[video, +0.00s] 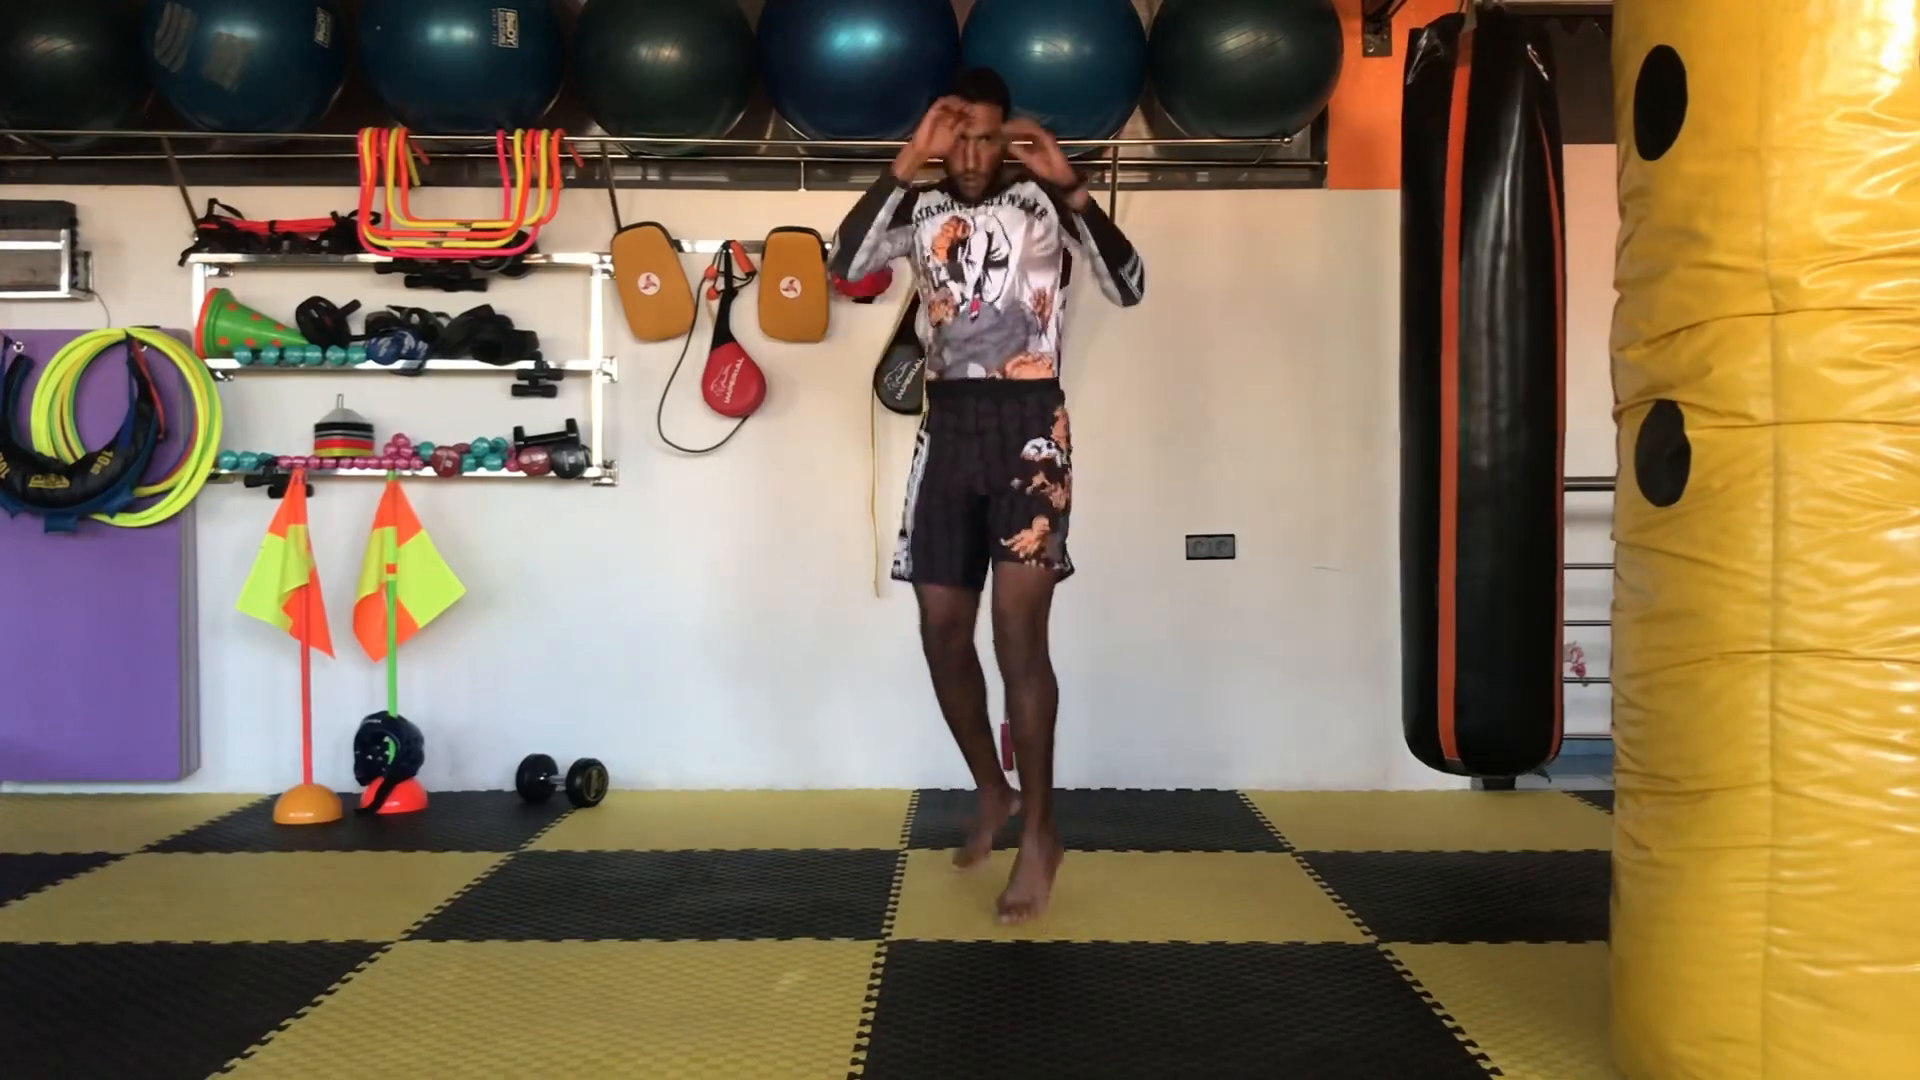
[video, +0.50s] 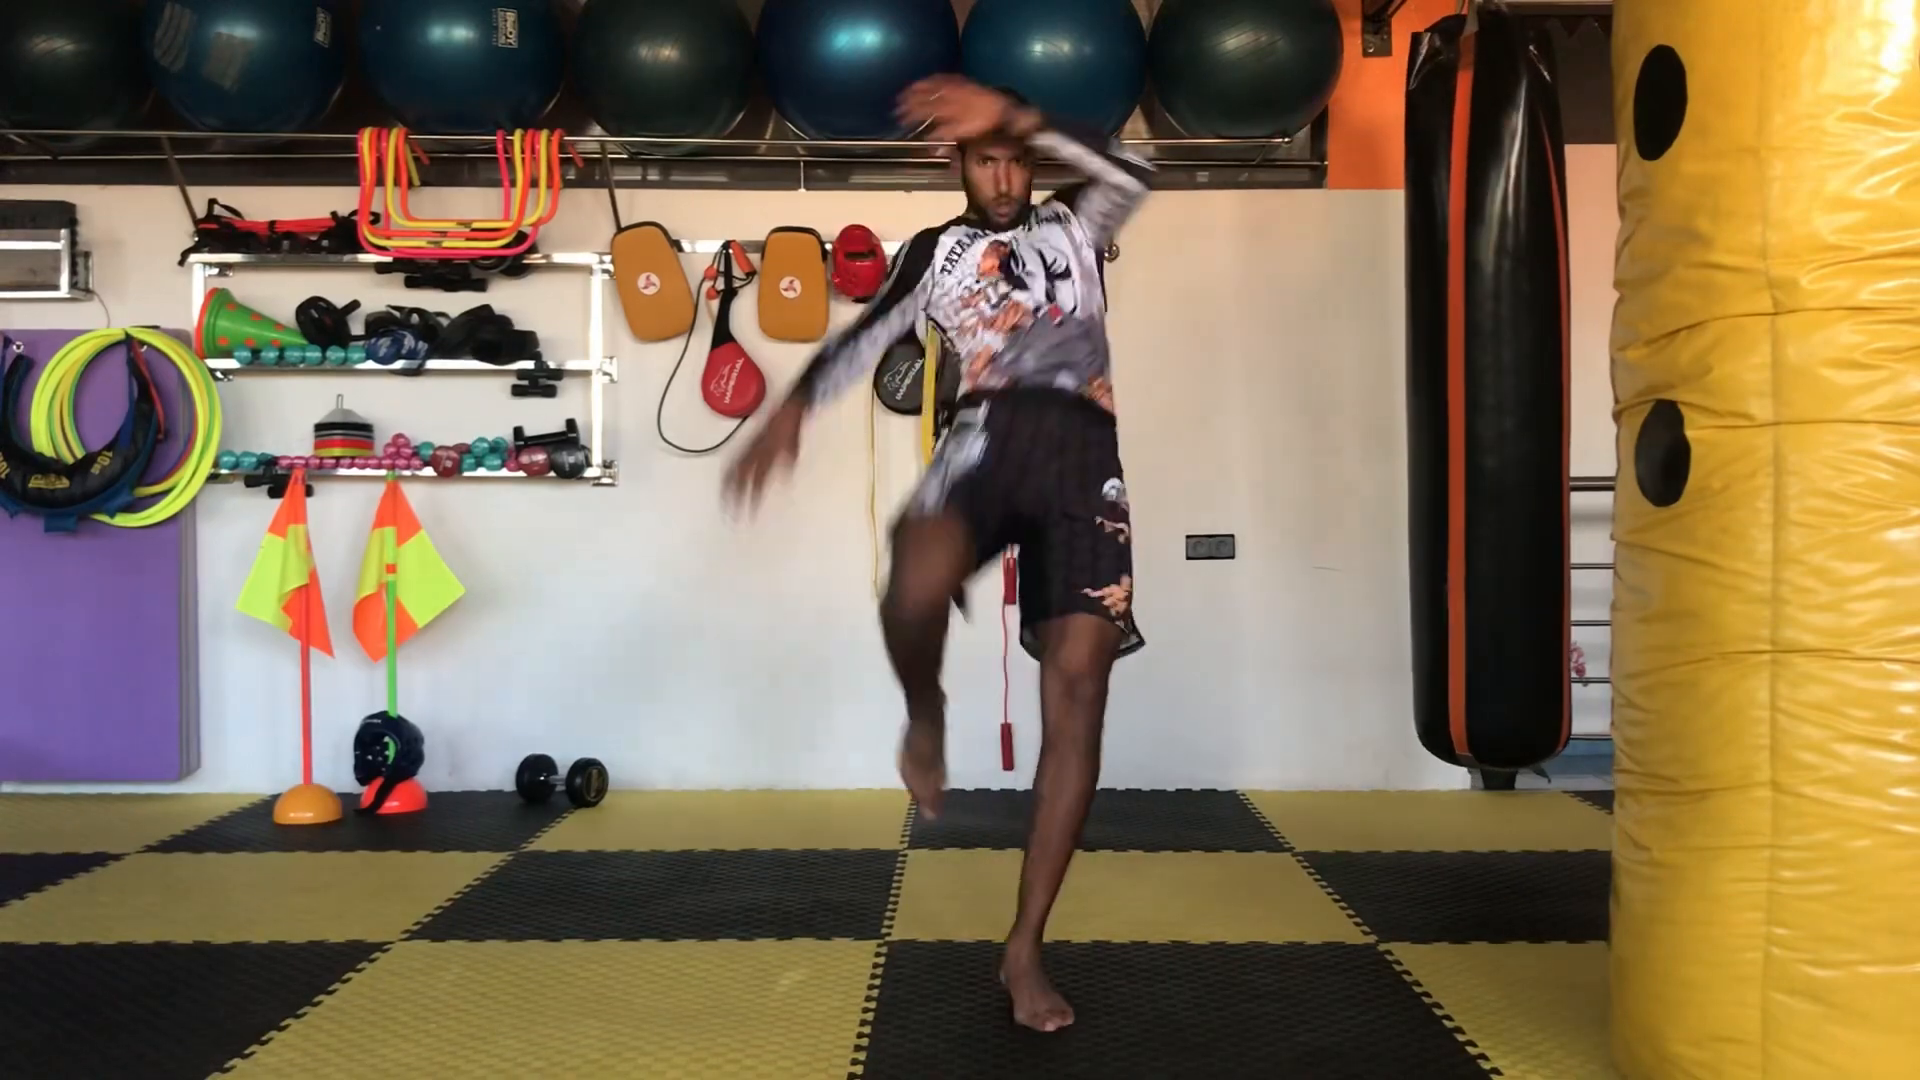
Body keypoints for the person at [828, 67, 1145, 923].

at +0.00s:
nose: (970, 147)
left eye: (986, 132)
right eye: (959, 130)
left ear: (1013, 140)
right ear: (939, 138)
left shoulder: (1048, 209)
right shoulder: (922, 215)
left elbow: (1128, 287)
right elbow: (849, 269)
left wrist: (1071, 189)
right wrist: (904, 169)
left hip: (1030, 432)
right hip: (948, 433)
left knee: (1017, 634)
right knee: (943, 633)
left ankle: (1039, 830)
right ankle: (993, 791)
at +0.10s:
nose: (974, 164)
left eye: (988, 148)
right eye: (961, 151)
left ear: (1011, 154)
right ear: (942, 161)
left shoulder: (1049, 222)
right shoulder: (919, 225)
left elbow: (1134, 327)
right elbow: (848, 269)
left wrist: (1103, 238)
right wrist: (911, 172)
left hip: (1036, 449)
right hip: (952, 452)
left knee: (1032, 657)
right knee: (965, 661)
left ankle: (1034, 868)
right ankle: (1007, 822)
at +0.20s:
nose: (982, 219)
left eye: (996, 203)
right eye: (967, 204)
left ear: (1017, 207)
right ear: (947, 208)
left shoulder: (1053, 275)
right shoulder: (917, 277)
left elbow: (1153, 364)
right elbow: (852, 261)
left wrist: (1159, 295)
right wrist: (947, 173)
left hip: (1040, 499)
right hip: (954, 503)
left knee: (1043, 690)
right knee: (976, 696)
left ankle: (1045, 910)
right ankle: (1020, 842)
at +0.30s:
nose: (989, 220)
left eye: (1003, 204)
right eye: (975, 204)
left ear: (1024, 208)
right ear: (954, 208)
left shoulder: (1066, 283)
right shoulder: (923, 282)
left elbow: (1185, 323)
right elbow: (866, 235)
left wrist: (1195, 235)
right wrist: (965, 153)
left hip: (1047, 511)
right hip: (955, 515)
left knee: (1055, 706)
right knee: (970, 732)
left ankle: (1047, 941)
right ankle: (1014, 820)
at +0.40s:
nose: (998, 193)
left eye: (1013, 175)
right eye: (983, 177)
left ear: (1034, 178)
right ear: (962, 182)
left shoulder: (1081, 258)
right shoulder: (932, 267)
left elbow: (1187, 240)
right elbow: (851, 275)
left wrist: (1139, 136)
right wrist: (902, 195)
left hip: (1065, 490)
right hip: (967, 494)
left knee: (1069, 703)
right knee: (930, 740)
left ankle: (1044, 948)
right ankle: (969, 774)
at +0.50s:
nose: (997, 172)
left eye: (1009, 157)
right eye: (980, 157)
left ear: (1032, 165)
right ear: (957, 169)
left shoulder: (1077, 233)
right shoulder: (936, 252)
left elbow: (1126, 177)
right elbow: (865, 339)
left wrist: (1023, 119)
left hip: (1081, 454)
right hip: (982, 445)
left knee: (1077, 695)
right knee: (913, 594)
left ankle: (1027, 945)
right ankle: (924, 719)